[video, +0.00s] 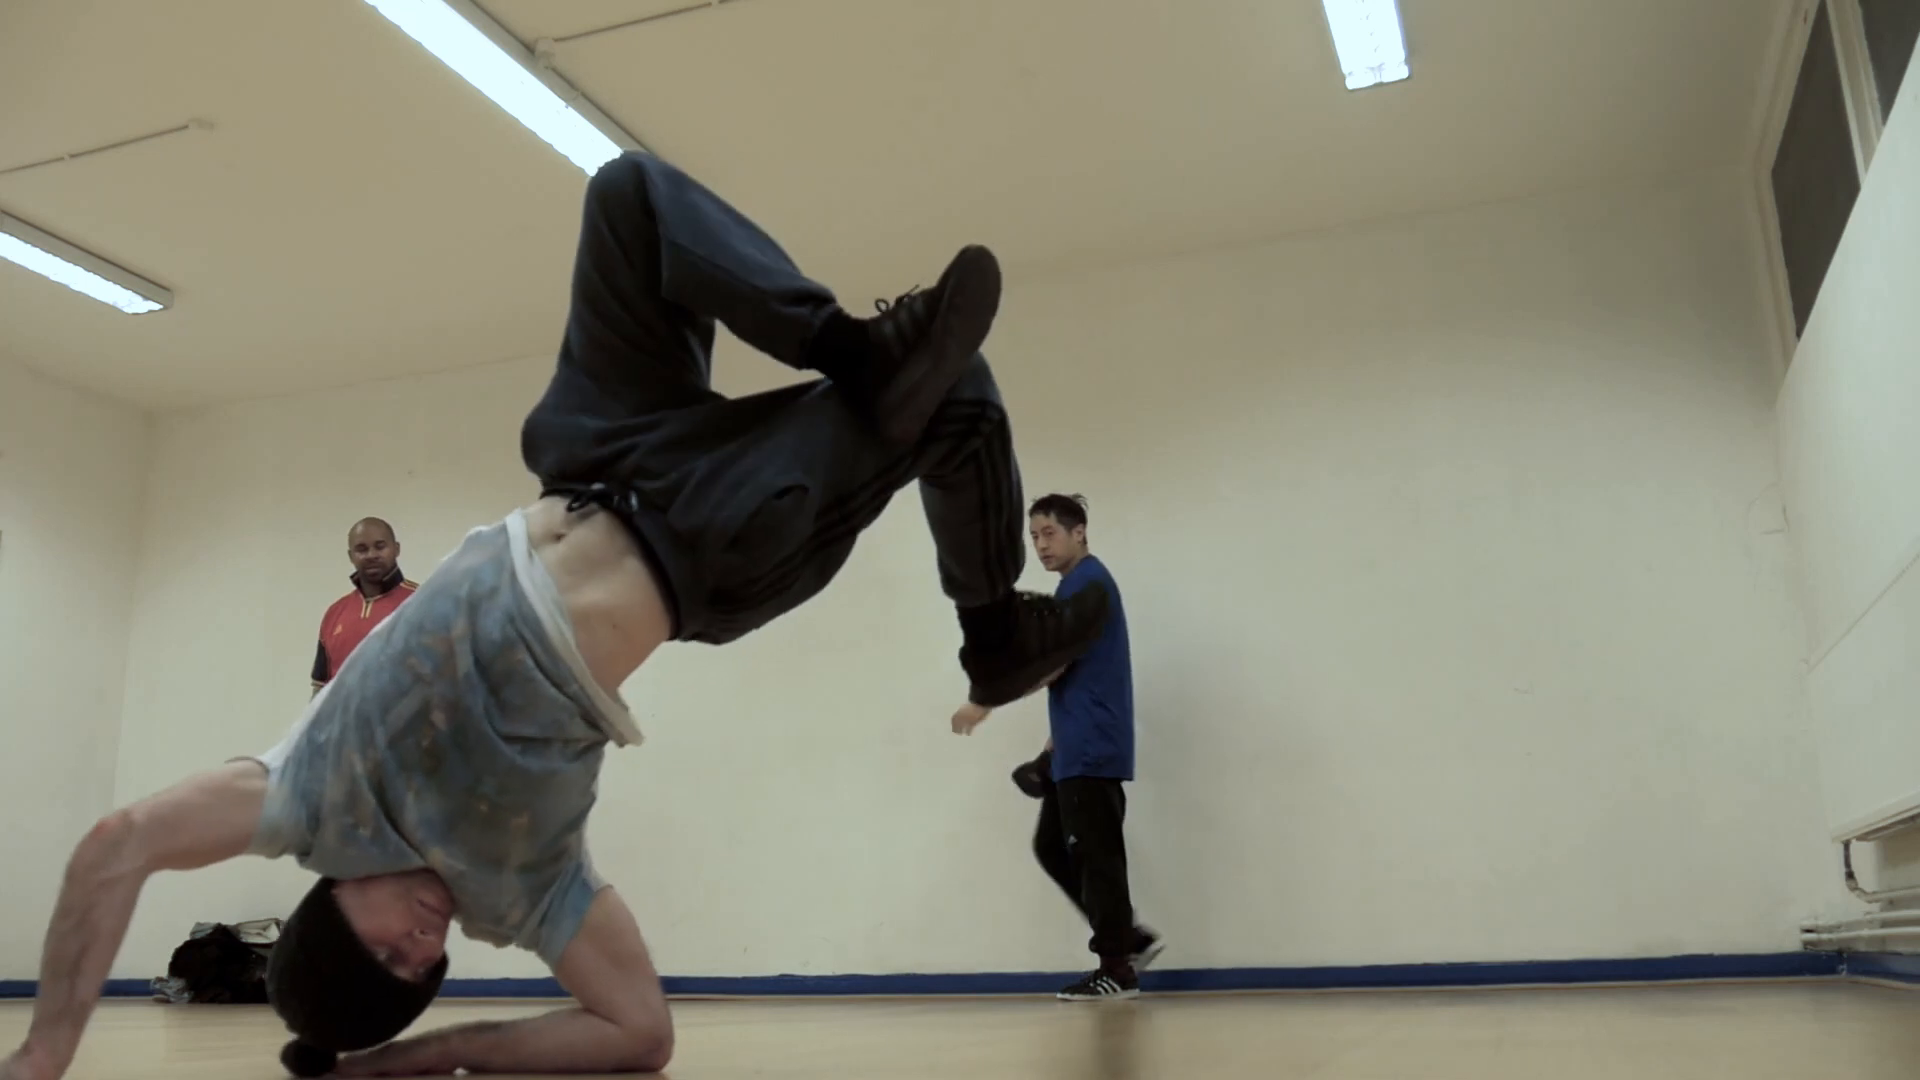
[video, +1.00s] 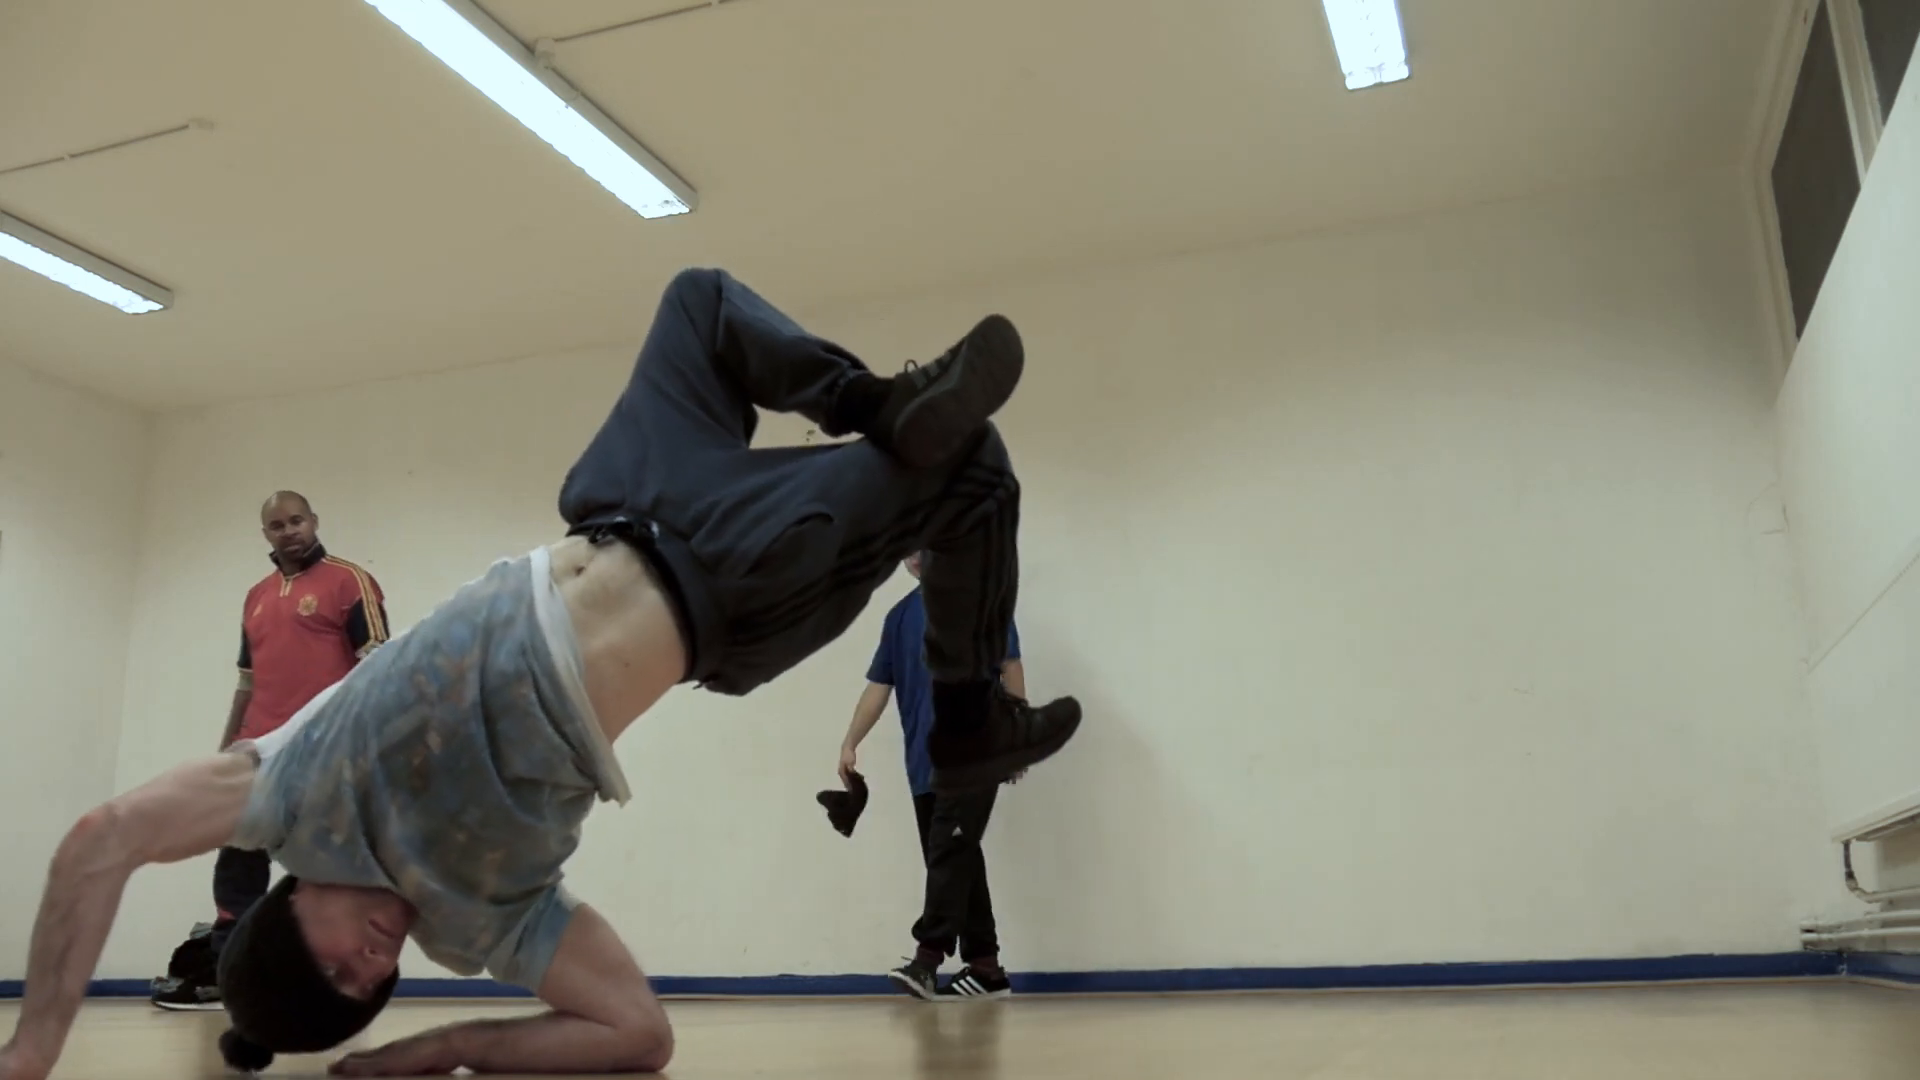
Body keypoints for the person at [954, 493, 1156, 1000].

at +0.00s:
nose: (1039, 544)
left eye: (1048, 533)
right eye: (1035, 536)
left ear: (1078, 533)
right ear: (1038, 539)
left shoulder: (1087, 583)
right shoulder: (1077, 585)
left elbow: (1049, 662)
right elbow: (1085, 689)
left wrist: (983, 702)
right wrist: (1054, 751)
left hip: (1092, 747)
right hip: (1075, 749)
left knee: (1099, 857)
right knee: (1051, 846)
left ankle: (1117, 969)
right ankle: (1126, 934)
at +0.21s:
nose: (1006, 555)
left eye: (1011, 543)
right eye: (1003, 545)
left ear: (1040, 539)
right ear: (1031, 542)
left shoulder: (1055, 590)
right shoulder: (1040, 592)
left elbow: (1026, 676)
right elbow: (1048, 695)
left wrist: (957, 714)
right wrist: (1029, 770)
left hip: (1068, 759)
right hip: (1046, 761)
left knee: (1087, 864)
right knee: (1018, 862)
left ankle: (1115, 970)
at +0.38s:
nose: (959, 560)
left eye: (963, 552)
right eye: (958, 553)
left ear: (987, 547)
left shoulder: (1021, 589)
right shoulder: (984, 600)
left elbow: (1018, 671)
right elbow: (1002, 669)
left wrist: (996, 734)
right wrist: (989, 729)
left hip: (1036, 757)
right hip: (1004, 758)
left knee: (1054, 860)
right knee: (990, 862)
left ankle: (1111, 963)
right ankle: (989, 969)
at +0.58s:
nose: (950, 562)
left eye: (956, 554)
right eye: (947, 556)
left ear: (981, 549)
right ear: (946, 561)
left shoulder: (1002, 591)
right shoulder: (951, 607)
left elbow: (1031, 655)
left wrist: (1044, 722)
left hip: (1003, 742)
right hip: (965, 746)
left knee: (984, 846)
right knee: (965, 855)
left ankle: (1070, 935)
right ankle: (986, 968)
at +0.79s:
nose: (946, 568)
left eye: (953, 560)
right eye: (938, 561)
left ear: (974, 557)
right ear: (928, 565)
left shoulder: (995, 600)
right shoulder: (923, 620)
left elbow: (1023, 666)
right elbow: (909, 690)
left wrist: (1041, 736)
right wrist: (889, 752)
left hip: (989, 751)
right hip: (942, 754)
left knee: (970, 848)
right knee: (951, 856)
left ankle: (987, 968)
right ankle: (979, 965)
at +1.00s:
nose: (915, 556)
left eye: (924, 545)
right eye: (912, 548)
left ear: (952, 553)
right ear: (909, 561)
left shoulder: (984, 603)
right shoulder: (900, 615)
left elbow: (1010, 668)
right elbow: (878, 685)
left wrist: (1013, 743)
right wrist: (849, 743)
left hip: (975, 756)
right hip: (923, 761)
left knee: (950, 849)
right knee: (953, 857)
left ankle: (928, 961)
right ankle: (986, 969)